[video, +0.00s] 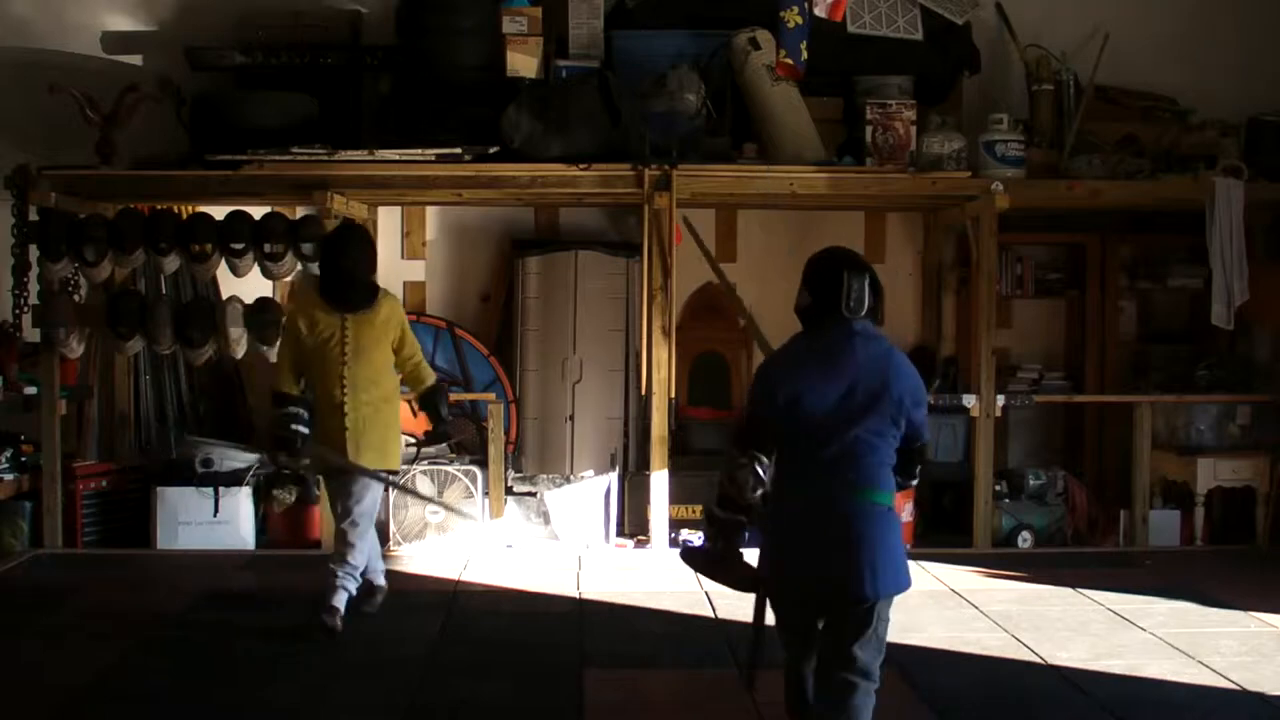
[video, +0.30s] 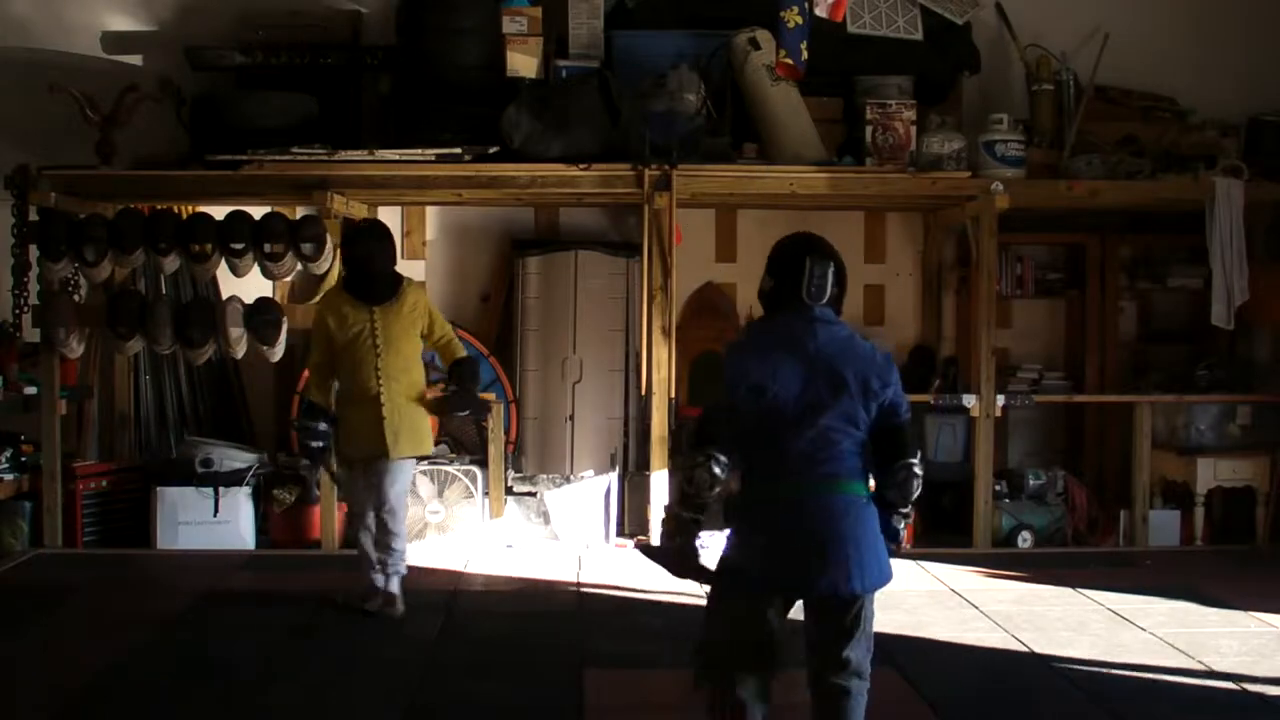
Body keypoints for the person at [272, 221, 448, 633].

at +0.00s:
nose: (349, 291)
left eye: (356, 279)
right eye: (341, 280)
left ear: (368, 272)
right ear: (328, 274)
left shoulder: (387, 309)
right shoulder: (306, 308)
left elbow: (412, 362)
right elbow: (288, 367)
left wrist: (437, 406)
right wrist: (288, 412)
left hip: (374, 429)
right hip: (327, 429)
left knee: (356, 514)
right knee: (347, 511)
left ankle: (338, 594)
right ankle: (375, 578)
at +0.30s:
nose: (364, 266)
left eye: (372, 256)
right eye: (356, 257)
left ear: (389, 256)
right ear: (346, 259)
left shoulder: (413, 299)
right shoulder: (332, 306)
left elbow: (444, 339)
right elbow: (321, 373)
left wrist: (465, 374)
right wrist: (313, 426)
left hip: (404, 420)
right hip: (355, 424)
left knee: (391, 502)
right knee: (362, 510)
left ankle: (393, 585)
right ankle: (374, 583)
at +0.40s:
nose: (379, 268)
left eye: (386, 259)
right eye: (371, 260)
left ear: (399, 257)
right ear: (359, 260)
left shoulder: (425, 296)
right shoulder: (342, 302)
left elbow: (458, 337)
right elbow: (328, 366)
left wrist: (470, 368)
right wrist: (315, 416)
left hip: (415, 417)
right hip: (364, 420)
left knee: (415, 502)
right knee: (370, 509)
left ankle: (429, 577)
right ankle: (378, 584)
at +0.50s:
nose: (394, 272)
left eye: (400, 262)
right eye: (386, 262)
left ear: (414, 259)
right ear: (373, 262)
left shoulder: (437, 294)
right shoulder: (355, 302)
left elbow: (471, 335)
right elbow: (331, 358)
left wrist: (474, 371)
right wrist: (323, 400)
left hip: (428, 416)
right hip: (374, 420)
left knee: (439, 500)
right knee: (374, 509)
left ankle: (464, 575)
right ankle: (379, 584)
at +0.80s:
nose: (448, 273)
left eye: (454, 264)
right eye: (439, 264)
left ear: (467, 263)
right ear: (426, 263)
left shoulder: (489, 301)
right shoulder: (407, 304)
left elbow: (527, 340)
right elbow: (378, 360)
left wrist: (515, 372)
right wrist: (351, 400)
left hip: (475, 423)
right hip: (419, 424)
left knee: (487, 510)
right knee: (400, 509)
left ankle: (501, 576)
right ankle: (383, 585)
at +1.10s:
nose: (498, 270)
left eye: (504, 262)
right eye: (490, 261)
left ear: (513, 263)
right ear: (474, 261)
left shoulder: (527, 304)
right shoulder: (447, 301)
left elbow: (548, 350)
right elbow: (426, 358)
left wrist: (562, 382)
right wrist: (410, 402)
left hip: (507, 423)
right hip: (455, 421)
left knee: (506, 506)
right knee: (441, 505)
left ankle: (504, 576)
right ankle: (433, 576)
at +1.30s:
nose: (524, 266)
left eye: (526, 258)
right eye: (515, 258)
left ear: (529, 260)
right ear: (491, 260)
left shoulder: (536, 304)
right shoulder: (460, 299)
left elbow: (553, 357)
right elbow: (434, 351)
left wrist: (574, 409)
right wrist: (425, 399)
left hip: (519, 420)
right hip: (471, 420)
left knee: (512, 500)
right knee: (471, 499)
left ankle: (504, 572)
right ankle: (484, 559)